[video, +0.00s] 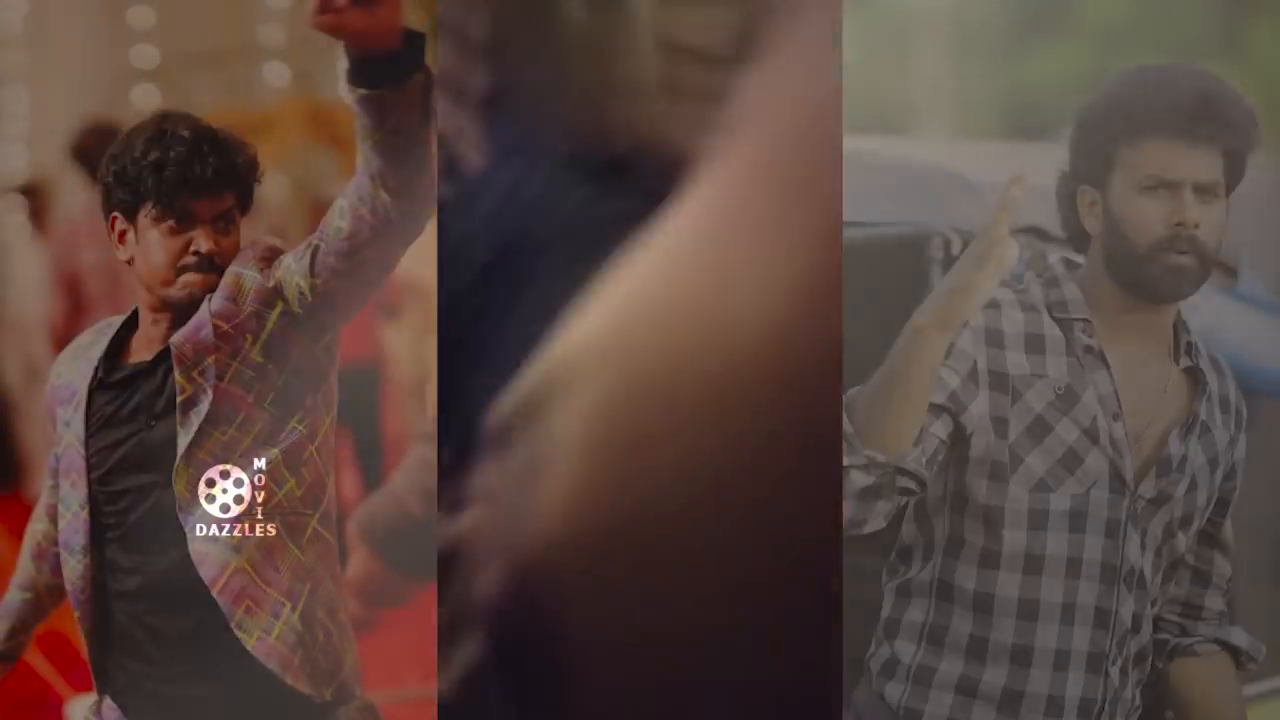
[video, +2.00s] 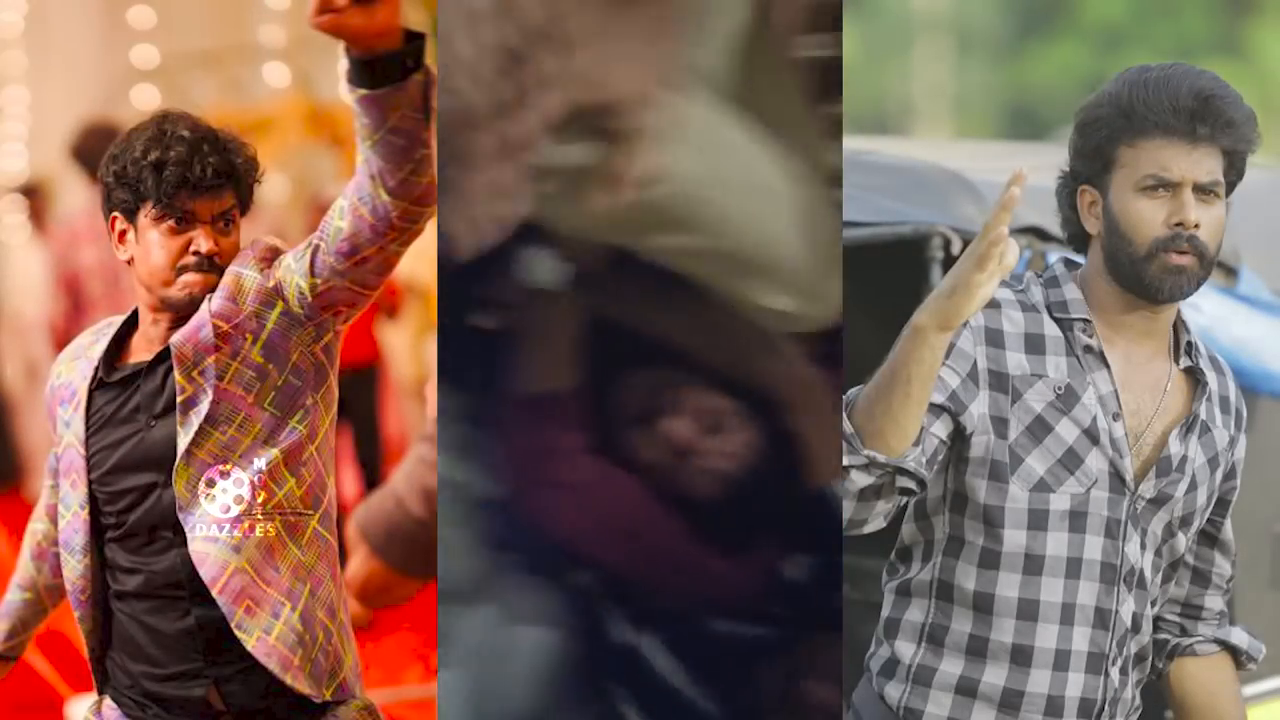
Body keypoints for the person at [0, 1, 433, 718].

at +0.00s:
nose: (205, 245)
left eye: (223, 223)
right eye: (178, 222)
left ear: (243, 230)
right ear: (122, 236)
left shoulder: (283, 315)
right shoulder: (76, 371)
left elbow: (393, 198)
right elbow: (56, 525)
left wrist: (380, 52)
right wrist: (7, 637)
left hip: (284, 698)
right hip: (136, 702)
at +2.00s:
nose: (206, 245)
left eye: (224, 222)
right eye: (179, 222)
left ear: (243, 230)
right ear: (122, 237)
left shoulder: (287, 312)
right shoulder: (76, 373)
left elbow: (393, 201)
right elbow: (56, 524)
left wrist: (380, 53)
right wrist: (8, 633)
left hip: (291, 700)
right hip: (140, 705)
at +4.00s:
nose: (206, 245)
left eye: (224, 223)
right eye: (179, 222)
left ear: (243, 230)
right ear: (122, 237)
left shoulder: (288, 312)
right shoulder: (76, 373)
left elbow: (395, 199)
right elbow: (56, 524)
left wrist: (380, 52)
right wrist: (8, 633)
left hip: (291, 700)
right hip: (140, 705)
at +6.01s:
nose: (206, 245)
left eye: (223, 222)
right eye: (179, 222)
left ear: (243, 230)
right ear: (122, 236)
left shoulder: (287, 312)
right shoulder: (76, 373)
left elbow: (394, 200)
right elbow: (56, 524)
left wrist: (381, 52)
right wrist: (7, 635)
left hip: (290, 700)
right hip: (140, 705)